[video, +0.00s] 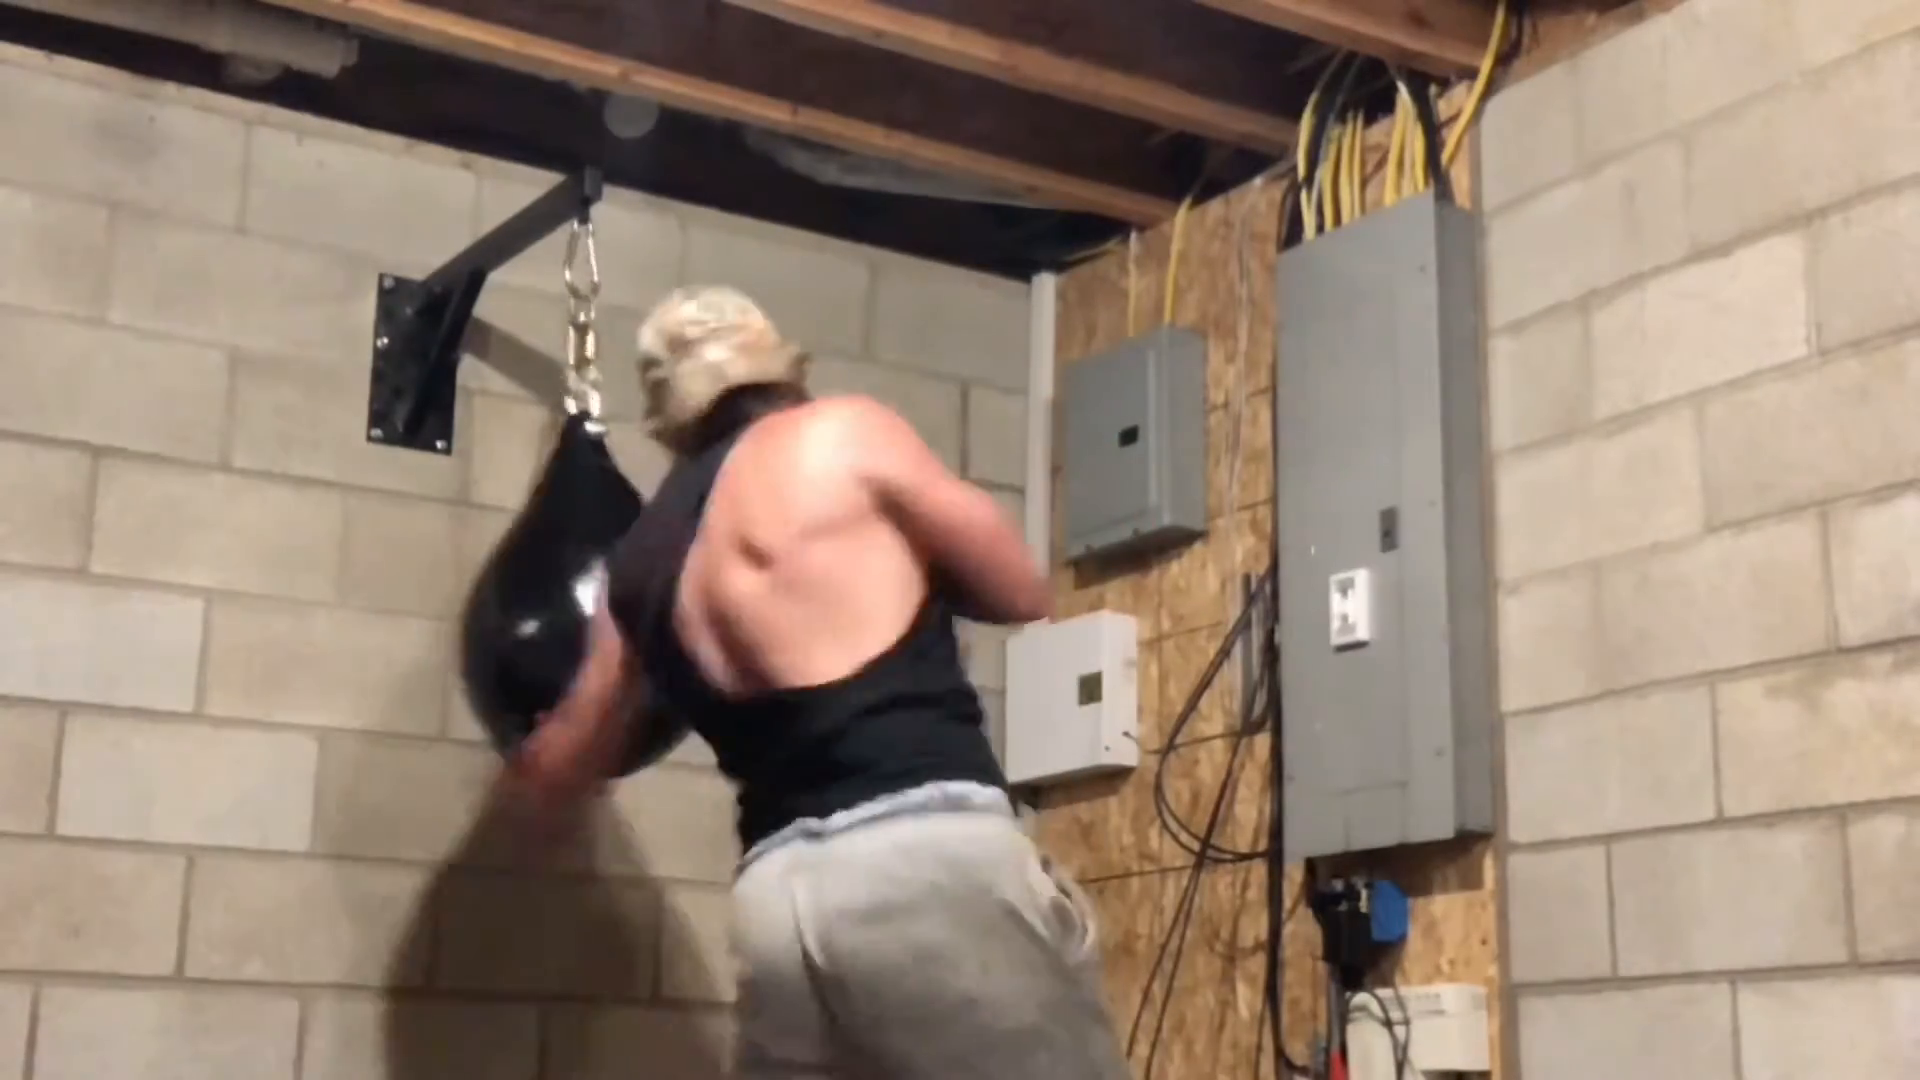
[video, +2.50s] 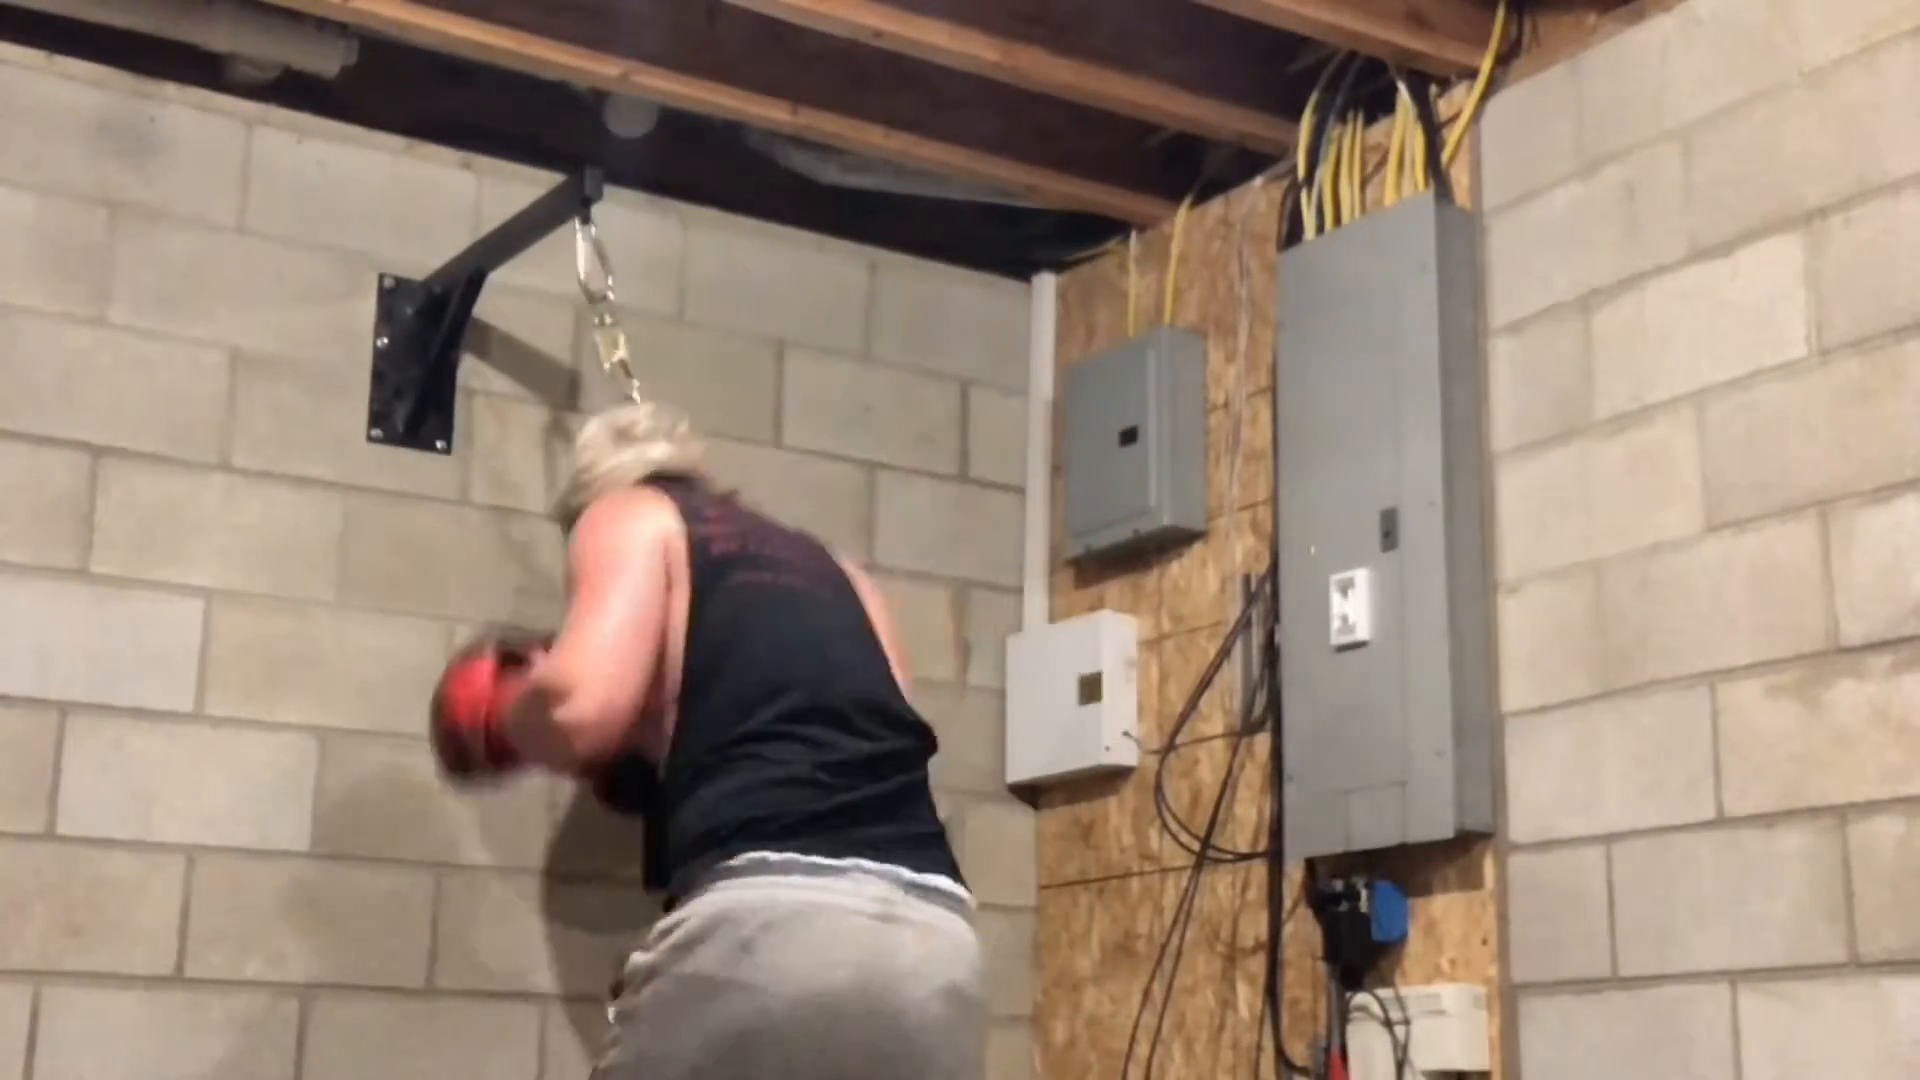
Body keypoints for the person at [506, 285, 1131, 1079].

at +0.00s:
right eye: (779, 350)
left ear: (663, 417)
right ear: (779, 362)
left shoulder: (646, 559)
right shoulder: (849, 430)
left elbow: (564, 762)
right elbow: (1021, 589)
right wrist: (900, 547)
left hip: (774, 899)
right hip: (939, 861)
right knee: (1064, 1067)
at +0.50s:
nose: (866, 423)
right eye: (860, 413)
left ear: (728, 405)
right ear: (847, 406)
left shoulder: (621, 501)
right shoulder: (854, 465)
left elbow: (435, 619)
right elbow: (947, 691)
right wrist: (947, 586)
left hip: (615, 879)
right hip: (778, 858)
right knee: (910, 1064)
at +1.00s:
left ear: (741, 380)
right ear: (871, 380)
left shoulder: (645, 480)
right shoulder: (941, 475)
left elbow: (540, 685)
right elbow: (1002, 723)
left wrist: (671, 680)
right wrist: (893, 648)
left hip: (686, 904)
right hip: (875, 895)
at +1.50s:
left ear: (904, 321)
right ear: (1038, 330)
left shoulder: (803, 398)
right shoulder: (1121, 438)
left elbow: (693, 604)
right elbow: (1152, 711)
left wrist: (812, 600)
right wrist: (1027, 636)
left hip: (834, 860)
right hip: (1034, 862)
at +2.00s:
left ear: (854, 339)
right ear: (991, 342)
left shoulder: (778, 412)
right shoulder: (1096, 448)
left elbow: (674, 625)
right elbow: (1119, 711)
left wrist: (798, 578)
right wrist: (1003, 630)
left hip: (802, 868)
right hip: (1003, 872)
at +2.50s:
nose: (586, 522)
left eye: (589, 509)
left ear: (601, 488)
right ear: (696, 469)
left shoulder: (633, 513)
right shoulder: (840, 567)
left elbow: (587, 713)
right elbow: (889, 710)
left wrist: (500, 708)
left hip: (763, 930)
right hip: (936, 946)